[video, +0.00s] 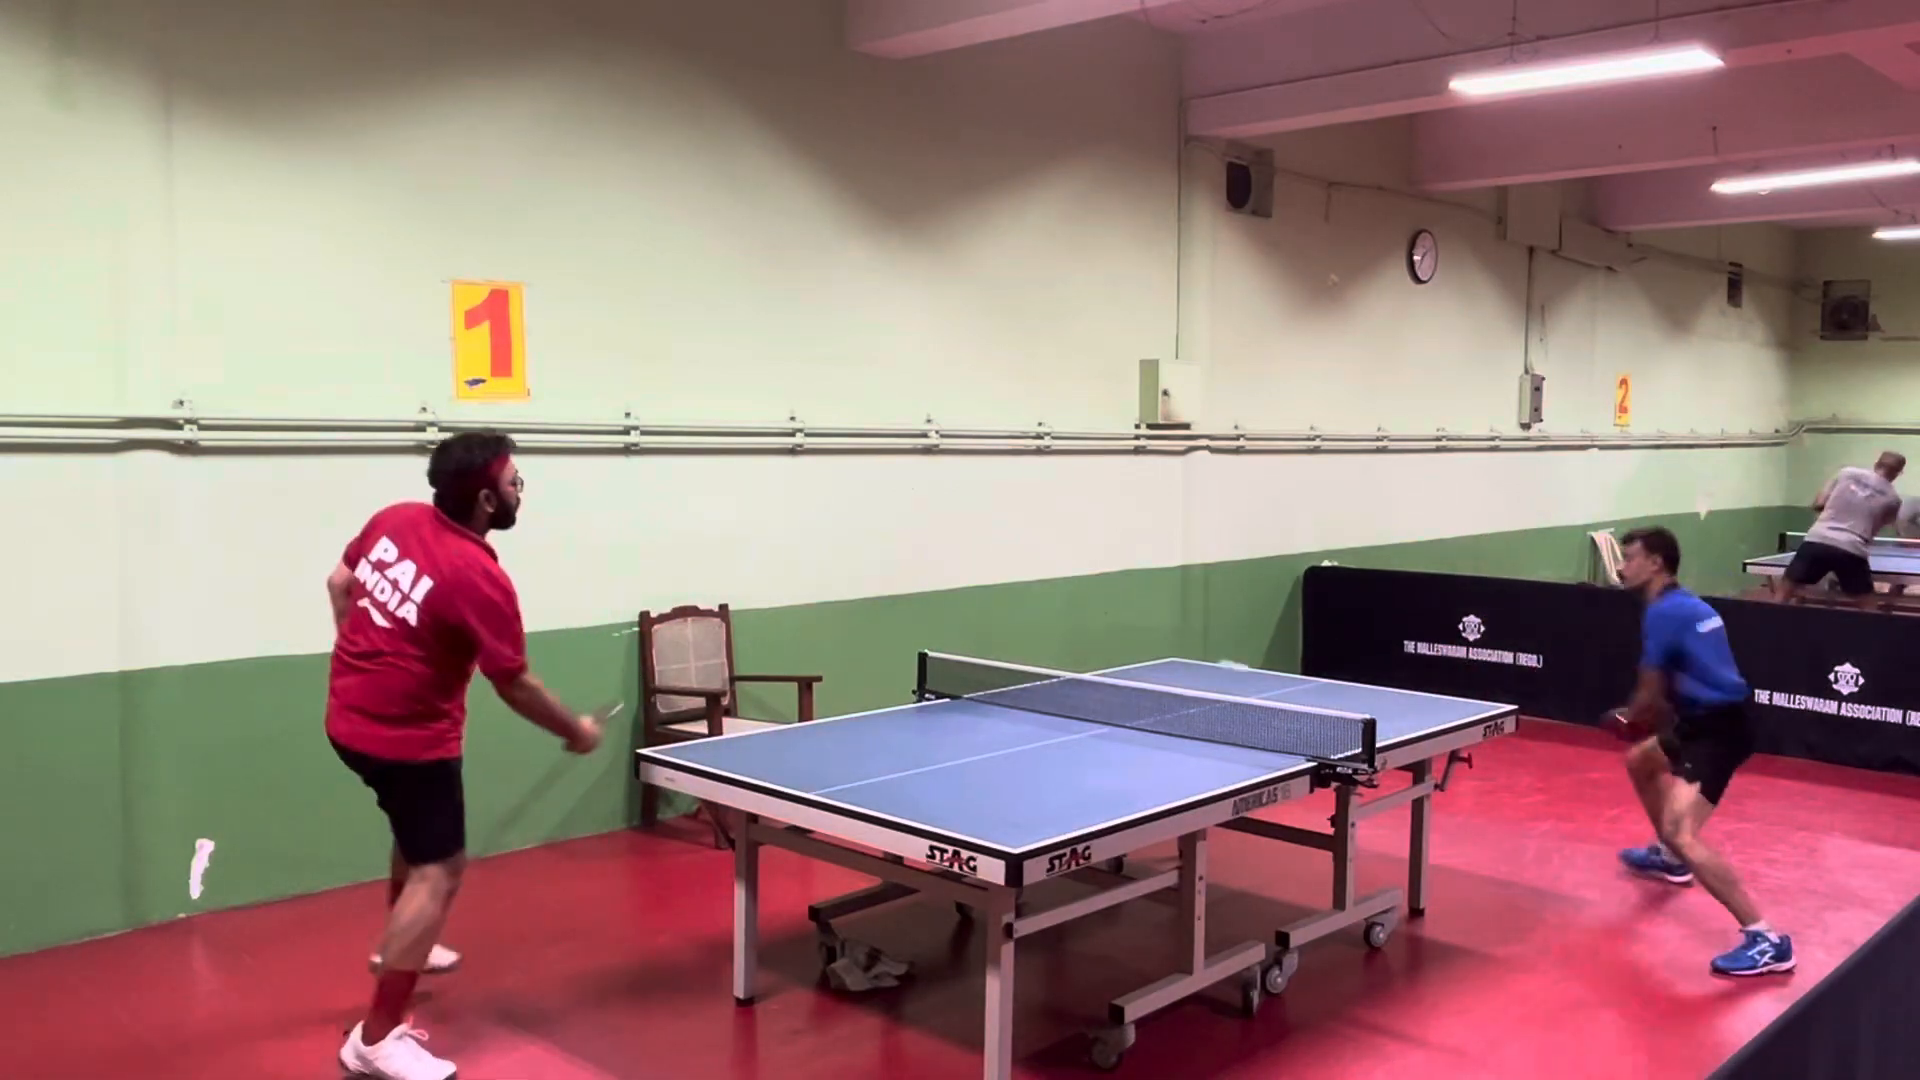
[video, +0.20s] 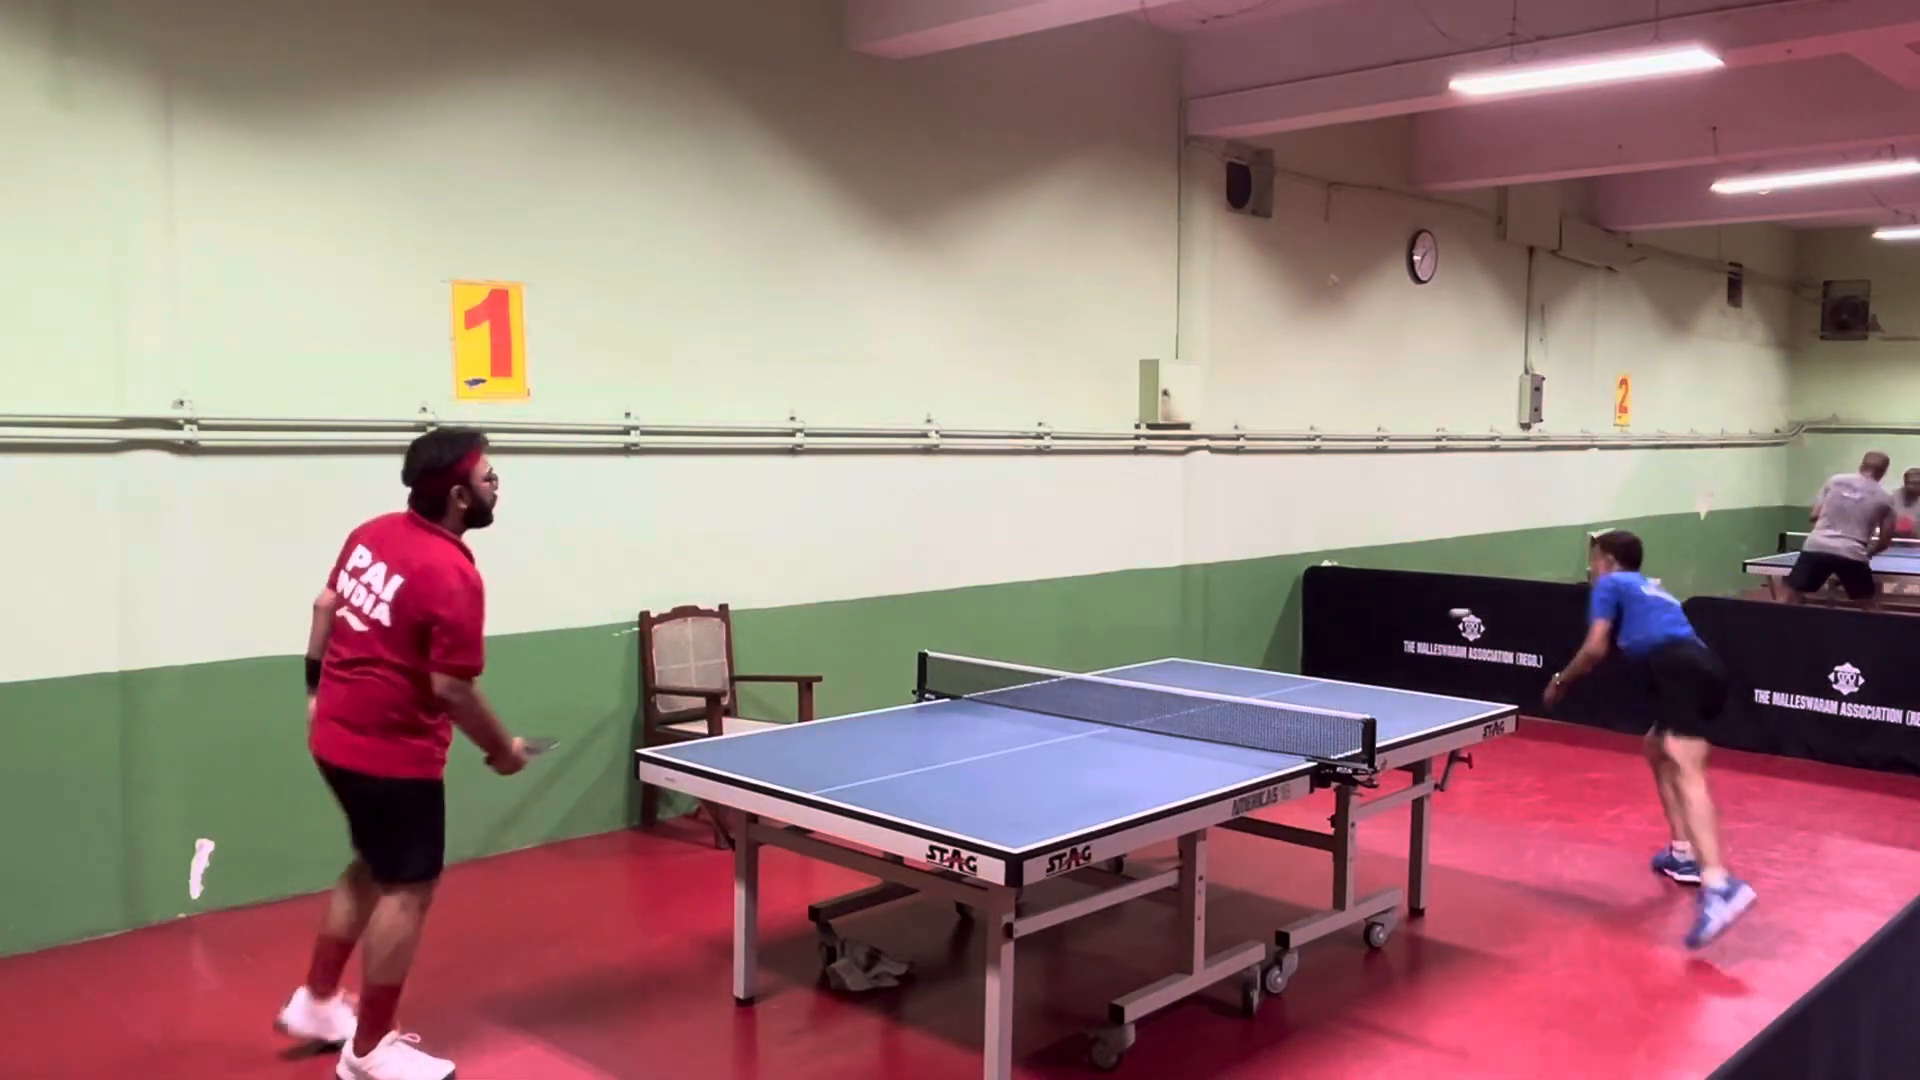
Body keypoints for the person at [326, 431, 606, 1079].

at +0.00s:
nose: (521, 490)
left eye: (517, 478)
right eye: (511, 482)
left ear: (458, 494)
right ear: (479, 498)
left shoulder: (399, 518)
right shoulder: (481, 580)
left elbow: (342, 582)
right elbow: (515, 684)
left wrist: (361, 655)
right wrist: (574, 729)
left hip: (354, 723)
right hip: (412, 743)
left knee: (413, 830)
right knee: (436, 876)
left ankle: (400, 937)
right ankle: (376, 1037)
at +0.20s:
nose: (497, 485)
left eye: (492, 474)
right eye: (486, 478)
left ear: (432, 490)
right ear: (453, 492)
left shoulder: (373, 533)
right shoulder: (452, 574)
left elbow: (325, 609)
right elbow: (452, 688)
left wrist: (318, 686)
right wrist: (501, 747)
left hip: (337, 742)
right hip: (393, 757)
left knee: (372, 866)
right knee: (408, 888)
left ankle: (315, 1003)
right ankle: (372, 1046)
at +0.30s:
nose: (485, 490)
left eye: (479, 479)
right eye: (474, 483)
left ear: (426, 497)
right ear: (440, 498)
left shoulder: (381, 535)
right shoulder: (431, 574)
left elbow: (368, 642)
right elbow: (423, 688)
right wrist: (479, 751)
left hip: (323, 745)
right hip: (379, 759)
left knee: (350, 878)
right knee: (436, 885)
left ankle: (303, 1023)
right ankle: (376, 1040)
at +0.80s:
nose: (460, 495)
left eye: (454, 484)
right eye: (448, 488)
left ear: (411, 509)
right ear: (415, 510)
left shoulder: (388, 566)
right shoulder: (392, 584)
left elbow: (401, 682)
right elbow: (414, 700)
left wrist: (464, 701)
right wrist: (489, 708)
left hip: (365, 790)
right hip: (377, 800)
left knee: (378, 915)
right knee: (414, 937)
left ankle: (331, 1020)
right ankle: (352, 1073)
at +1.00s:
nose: (473, 474)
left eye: (467, 462)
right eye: (460, 466)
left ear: (424, 485)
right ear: (423, 486)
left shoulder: (430, 551)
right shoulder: (391, 567)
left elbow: (429, 669)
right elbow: (421, 682)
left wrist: (488, 719)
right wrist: (511, 722)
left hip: (444, 781)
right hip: (378, 797)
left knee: (487, 901)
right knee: (378, 945)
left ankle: (422, 1051)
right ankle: (347, 1075)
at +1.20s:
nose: (504, 486)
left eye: (498, 474)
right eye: (490, 478)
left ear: (458, 499)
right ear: (451, 500)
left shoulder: (474, 568)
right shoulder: (407, 583)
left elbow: (474, 693)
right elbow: (425, 710)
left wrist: (499, 796)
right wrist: (494, 809)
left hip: (473, 813)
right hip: (397, 822)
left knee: (501, 957)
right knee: (377, 964)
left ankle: (523, 1075)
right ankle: (349, 1076)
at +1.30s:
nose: (528, 497)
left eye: (522, 485)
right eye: (513, 489)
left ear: (481, 510)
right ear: (473, 510)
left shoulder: (508, 584)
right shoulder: (416, 594)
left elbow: (501, 698)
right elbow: (395, 719)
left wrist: (525, 777)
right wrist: (438, 836)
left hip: (506, 825)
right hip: (417, 836)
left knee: (522, 974)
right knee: (400, 978)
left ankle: (531, 1079)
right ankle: (351, 1076)